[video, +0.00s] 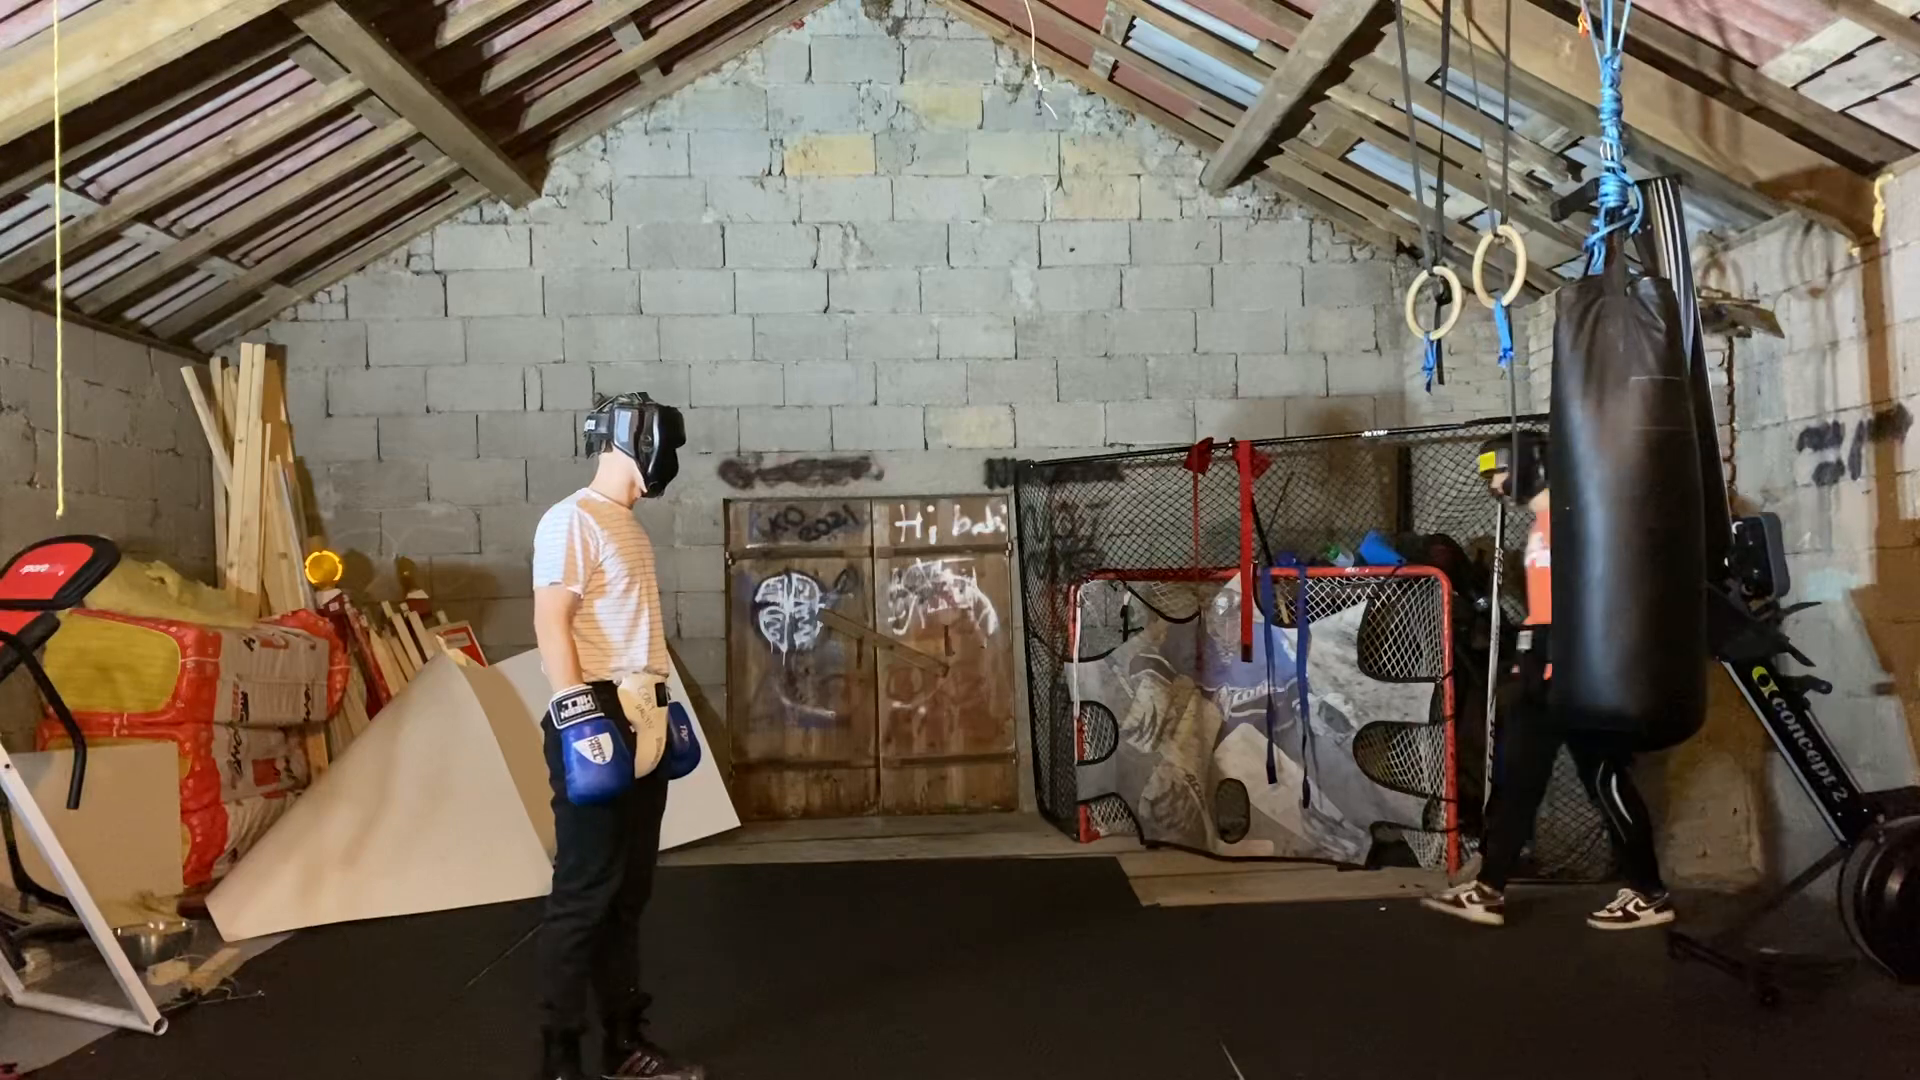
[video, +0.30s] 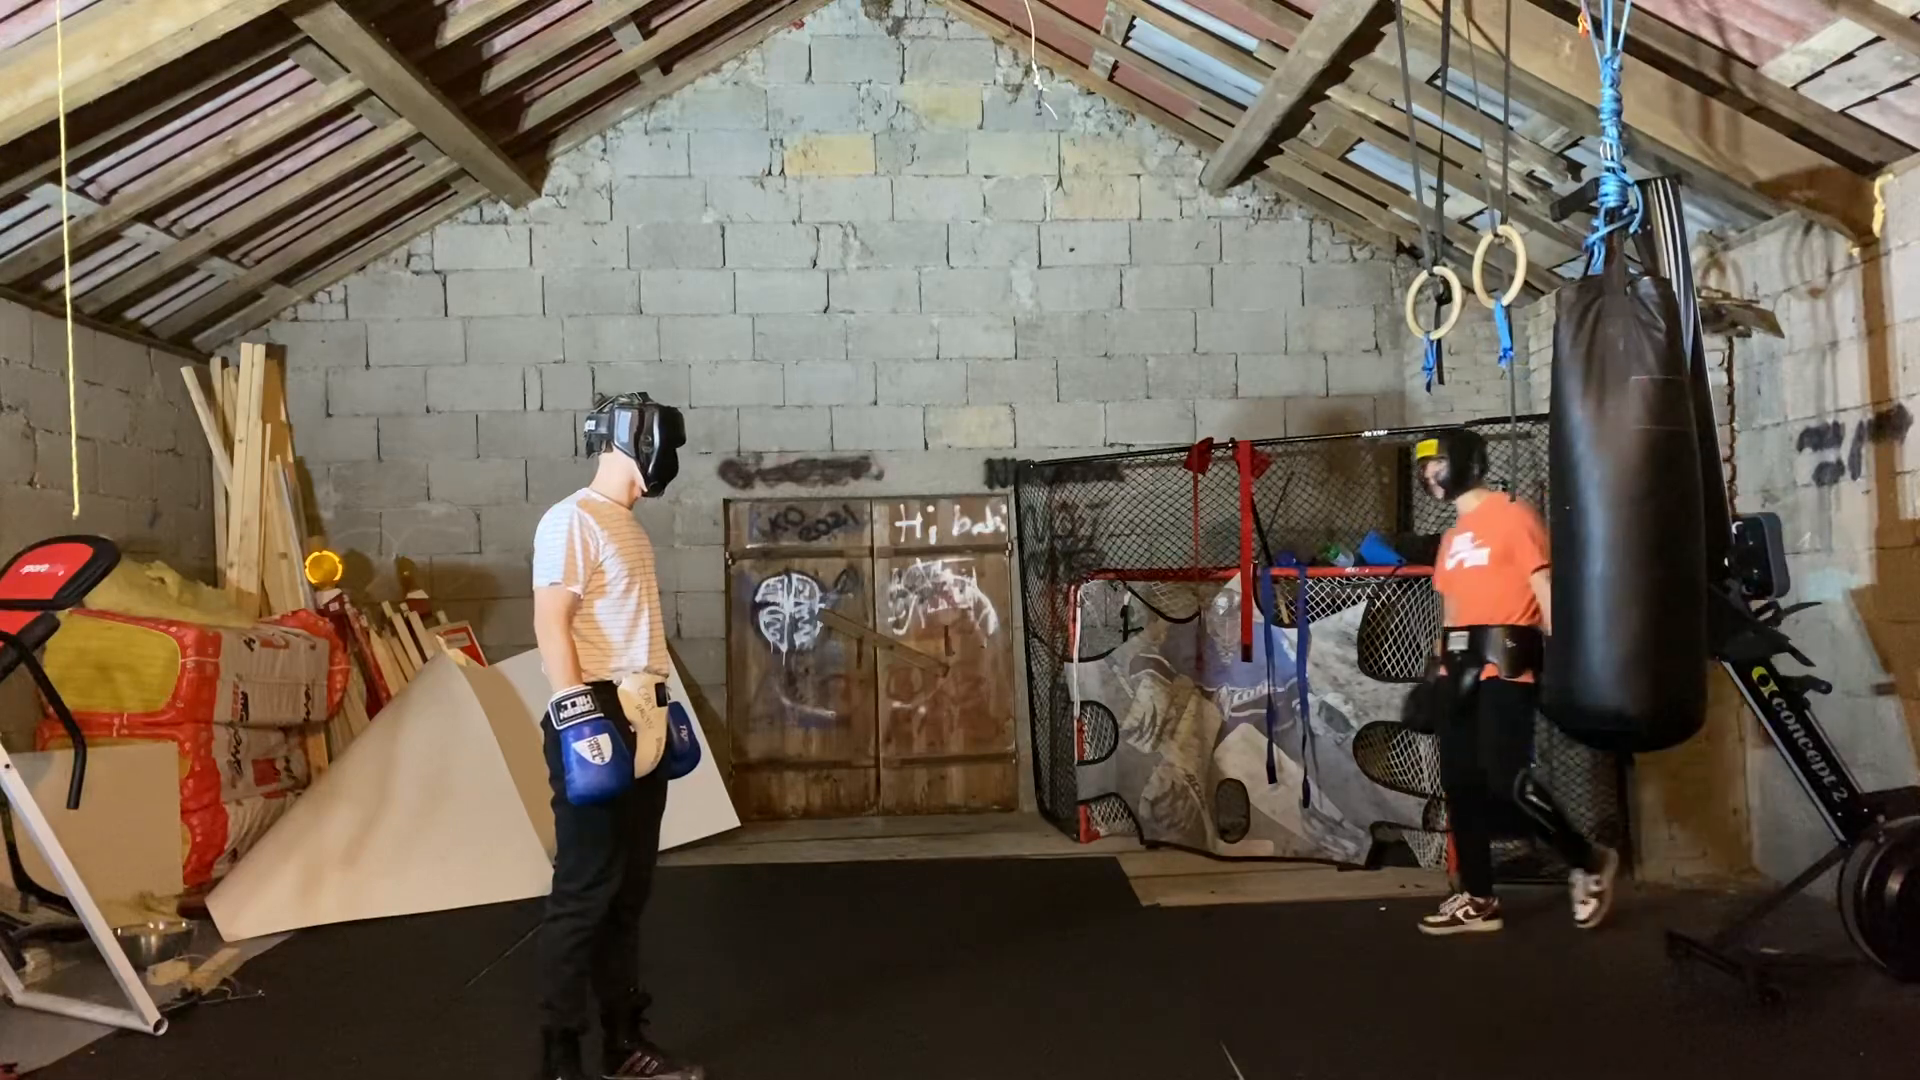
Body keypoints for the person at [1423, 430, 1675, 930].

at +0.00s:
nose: (1493, 486)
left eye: (1497, 474)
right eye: (1490, 476)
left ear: (1524, 468)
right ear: (1527, 469)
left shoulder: (1568, 514)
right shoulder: (1541, 521)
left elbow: (1582, 590)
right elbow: (1544, 595)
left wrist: (1564, 661)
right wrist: (1528, 653)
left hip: (1578, 666)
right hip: (1542, 665)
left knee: (1605, 776)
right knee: (1518, 776)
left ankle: (1647, 891)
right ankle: (1488, 887)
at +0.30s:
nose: (1428, 475)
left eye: (1435, 464)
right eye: (1425, 468)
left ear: (1464, 463)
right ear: (1436, 475)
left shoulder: (1514, 515)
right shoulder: (1452, 536)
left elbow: (1548, 593)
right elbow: (1450, 612)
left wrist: (1559, 663)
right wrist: (1439, 665)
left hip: (1508, 668)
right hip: (1461, 670)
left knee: (1507, 781)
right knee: (1461, 784)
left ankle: (1591, 863)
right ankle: (1477, 897)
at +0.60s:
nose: (1381, 473)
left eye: (1390, 461)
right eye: (1376, 464)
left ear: (1419, 461)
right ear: (1379, 471)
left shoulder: (1465, 518)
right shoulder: (1389, 537)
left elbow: (1498, 598)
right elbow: (1379, 612)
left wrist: (1515, 672)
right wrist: (1337, 664)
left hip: (1465, 667)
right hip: (1414, 670)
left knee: (1451, 788)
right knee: (1444, 788)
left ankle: (1439, 909)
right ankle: (1478, 897)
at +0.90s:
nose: (1342, 473)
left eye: (1353, 462)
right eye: (1340, 463)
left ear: (1384, 466)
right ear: (1349, 471)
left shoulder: (1425, 529)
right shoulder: (1347, 536)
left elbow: (1454, 617)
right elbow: (1336, 619)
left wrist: (1464, 704)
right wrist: (1305, 689)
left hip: (1415, 678)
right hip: (1361, 679)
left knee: (1397, 802)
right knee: (1373, 800)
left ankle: (1400, 927)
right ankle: (1450, 875)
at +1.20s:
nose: (1281, 472)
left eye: (1290, 461)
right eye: (1280, 462)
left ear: (1320, 464)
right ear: (1296, 468)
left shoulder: (1371, 521)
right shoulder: (1295, 535)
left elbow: (1404, 609)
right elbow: (1300, 618)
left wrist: (1396, 691)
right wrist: (1296, 690)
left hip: (1367, 678)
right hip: (1310, 682)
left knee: (1383, 808)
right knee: (1290, 802)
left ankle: (1398, 930)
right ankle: (1295, 929)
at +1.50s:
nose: (1194, 482)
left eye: (1203, 470)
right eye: (1193, 471)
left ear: (1237, 472)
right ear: (1218, 477)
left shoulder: (1289, 529)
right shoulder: (1220, 549)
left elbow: (1326, 619)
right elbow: (1222, 630)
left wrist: (1310, 695)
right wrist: (1214, 696)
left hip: (1288, 693)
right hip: (1232, 699)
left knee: (1314, 826)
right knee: (1219, 828)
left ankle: (1381, 915)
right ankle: (1230, 955)